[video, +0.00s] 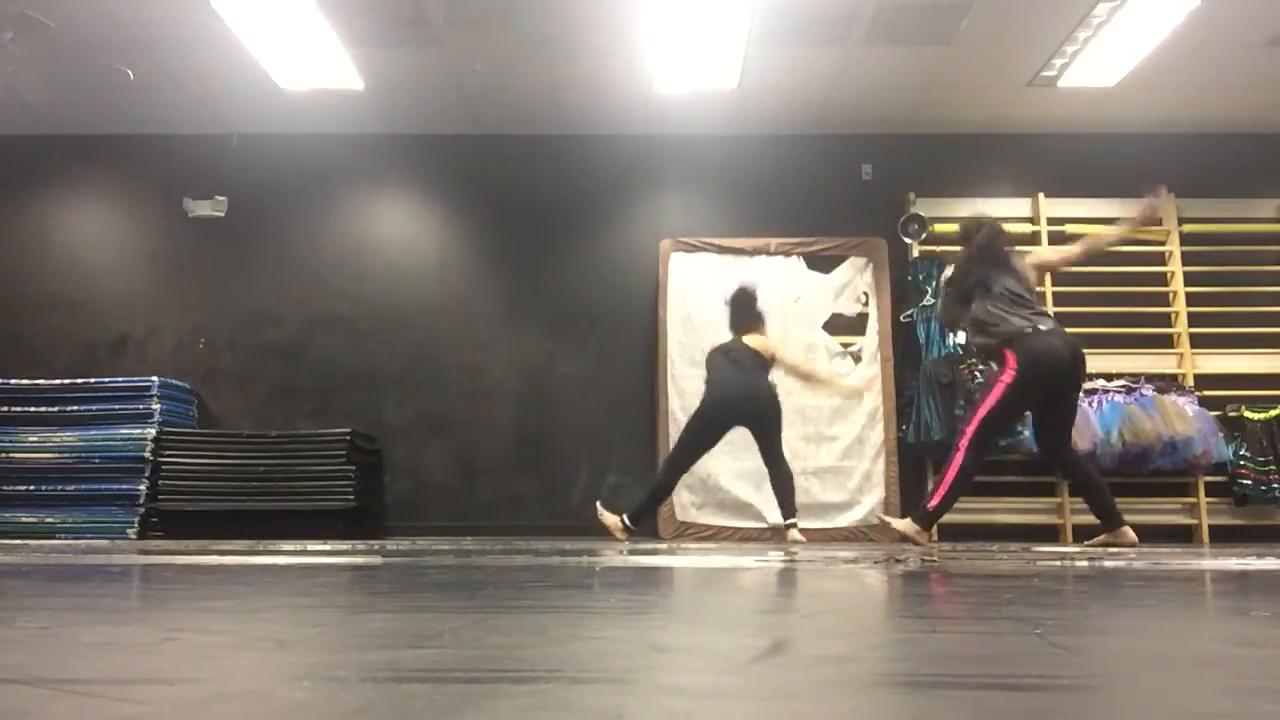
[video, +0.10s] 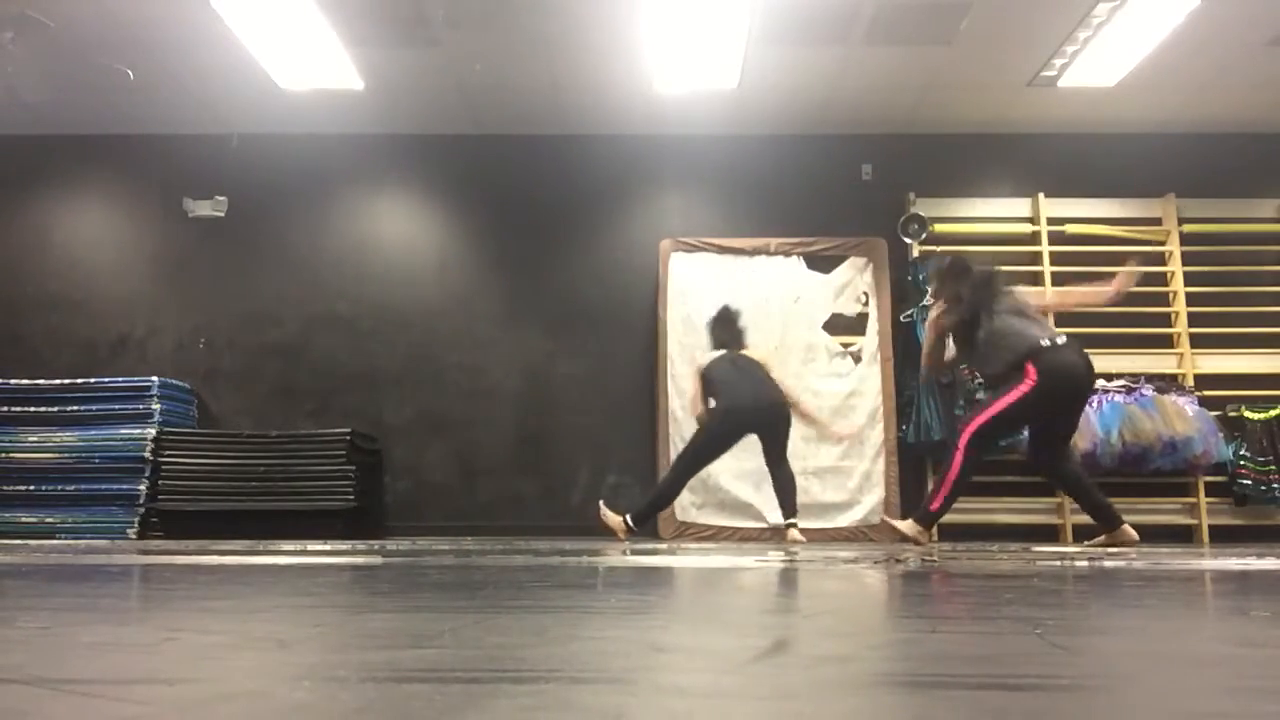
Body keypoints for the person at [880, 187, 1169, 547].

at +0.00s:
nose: (960, 248)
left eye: (961, 243)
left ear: (966, 248)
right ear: (1001, 242)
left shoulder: (960, 278)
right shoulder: (1024, 260)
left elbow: (949, 321)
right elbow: (1081, 250)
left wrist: (957, 280)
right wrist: (1135, 222)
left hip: (1026, 354)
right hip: (1068, 350)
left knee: (972, 435)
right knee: (1057, 447)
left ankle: (921, 522)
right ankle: (1116, 527)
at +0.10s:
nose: (932, 299)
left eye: (935, 292)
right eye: (931, 292)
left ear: (947, 290)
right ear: (970, 280)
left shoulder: (950, 317)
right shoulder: (1006, 294)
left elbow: (930, 372)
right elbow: (1055, 298)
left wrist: (932, 331)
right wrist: (1110, 293)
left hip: (1042, 370)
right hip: (1076, 365)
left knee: (970, 433)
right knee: (1047, 457)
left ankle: (921, 524)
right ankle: (1116, 528)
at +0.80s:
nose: (875, 210)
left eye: (881, 205)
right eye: (866, 204)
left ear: (890, 216)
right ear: (850, 214)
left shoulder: (890, 263)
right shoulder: (846, 249)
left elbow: (887, 324)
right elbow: (907, 281)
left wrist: (861, 360)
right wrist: (953, 273)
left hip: (870, 356)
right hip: (824, 356)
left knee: (888, 437)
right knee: (795, 440)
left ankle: (906, 527)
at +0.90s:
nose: (853, 204)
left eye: (859, 198)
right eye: (844, 198)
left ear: (868, 208)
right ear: (830, 204)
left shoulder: (859, 249)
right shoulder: (823, 226)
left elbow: (867, 313)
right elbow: (886, 255)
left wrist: (857, 348)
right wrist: (902, 245)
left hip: (837, 354)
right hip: (792, 351)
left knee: (865, 439)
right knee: (761, 439)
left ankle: (891, 526)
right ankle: (717, 523)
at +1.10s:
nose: (797, 200)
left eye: (802, 195)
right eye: (789, 194)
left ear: (809, 204)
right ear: (772, 200)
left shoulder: (807, 256)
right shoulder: (753, 231)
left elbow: (824, 309)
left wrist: (850, 349)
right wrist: (772, 190)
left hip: (797, 341)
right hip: (750, 341)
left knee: (839, 427)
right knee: (736, 436)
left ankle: (886, 512)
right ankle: (716, 526)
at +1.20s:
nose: (774, 201)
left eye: (779, 196)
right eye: (765, 194)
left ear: (786, 205)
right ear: (748, 202)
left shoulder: (793, 248)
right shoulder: (734, 236)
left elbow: (813, 305)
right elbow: (677, 210)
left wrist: (840, 353)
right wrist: (714, 211)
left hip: (791, 341)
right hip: (743, 341)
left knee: (842, 427)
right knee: (731, 437)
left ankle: (902, 503)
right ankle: (717, 527)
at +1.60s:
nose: (761, 269)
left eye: (763, 263)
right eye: (750, 265)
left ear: (769, 270)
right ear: (735, 279)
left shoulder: (795, 307)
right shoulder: (731, 323)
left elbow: (811, 361)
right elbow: (758, 376)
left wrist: (805, 388)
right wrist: (799, 360)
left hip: (801, 384)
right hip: (756, 390)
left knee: (862, 442)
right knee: (731, 448)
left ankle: (940, 512)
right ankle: (721, 529)